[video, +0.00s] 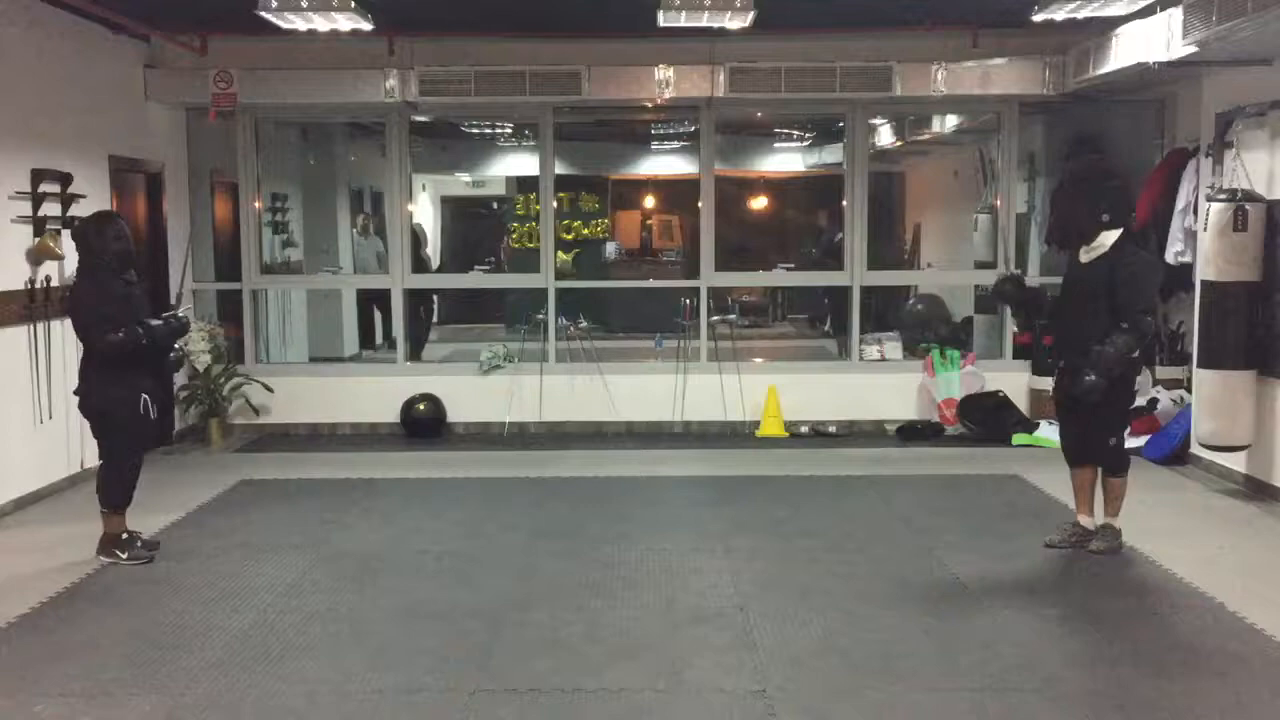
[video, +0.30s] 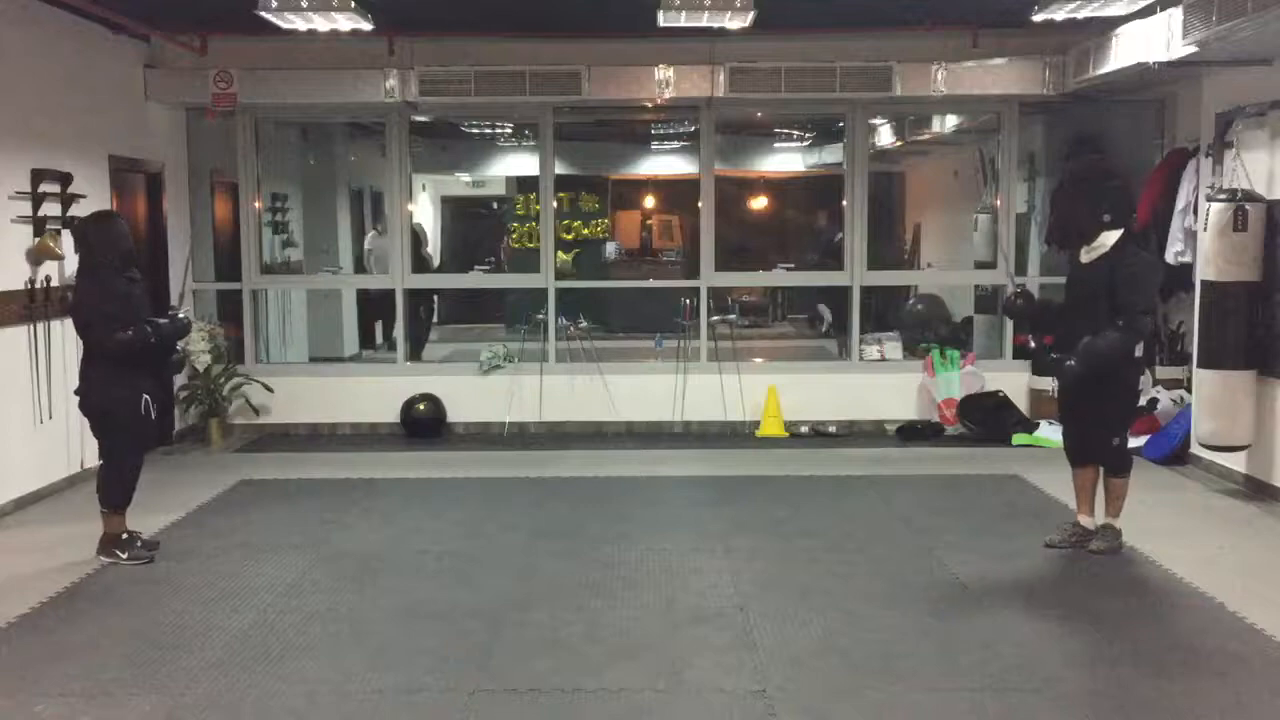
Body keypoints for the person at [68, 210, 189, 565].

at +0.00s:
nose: (125, 242)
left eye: (125, 235)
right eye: (115, 237)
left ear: (128, 237)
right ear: (94, 245)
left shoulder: (125, 279)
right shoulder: (87, 287)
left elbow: (137, 326)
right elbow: (100, 343)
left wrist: (167, 328)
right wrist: (149, 333)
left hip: (133, 384)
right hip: (109, 387)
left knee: (128, 456)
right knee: (117, 457)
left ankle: (118, 531)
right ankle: (111, 537)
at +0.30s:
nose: (128, 241)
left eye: (126, 234)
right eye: (120, 235)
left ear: (102, 244)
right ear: (104, 243)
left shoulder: (123, 278)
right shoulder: (94, 285)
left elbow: (135, 325)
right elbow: (106, 341)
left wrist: (167, 325)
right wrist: (157, 331)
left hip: (131, 384)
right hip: (110, 388)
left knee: (128, 457)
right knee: (119, 457)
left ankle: (118, 532)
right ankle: (111, 538)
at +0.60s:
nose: (130, 241)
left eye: (128, 234)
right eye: (123, 236)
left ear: (106, 243)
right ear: (104, 243)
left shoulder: (121, 277)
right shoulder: (97, 282)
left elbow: (142, 324)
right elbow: (131, 326)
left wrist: (178, 338)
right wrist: (177, 310)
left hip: (129, 385)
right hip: (110, 389)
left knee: (125, 458)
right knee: (116, 460)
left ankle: (119, 532)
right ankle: (112, 539)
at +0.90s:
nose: (131, 240)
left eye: (129, 234)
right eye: (125, 234)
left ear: (99, 241)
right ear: (108, 240)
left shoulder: (118, 277)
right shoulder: (105, 280)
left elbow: (150, 329)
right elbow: (149, 318)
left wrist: (193, 321)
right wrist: (191, 293)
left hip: (125, 388)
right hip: (112, 391)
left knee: (122, 461)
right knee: (116, 462)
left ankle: (117, 533)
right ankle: (111, 539)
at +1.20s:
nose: (143, 242)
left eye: (139, 236)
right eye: (136, 238)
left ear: (105, 248)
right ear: (123, 246)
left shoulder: (105, 282)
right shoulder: (124, 284)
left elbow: (139, 334)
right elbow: (150, 340)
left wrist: (178, 324)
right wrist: (189, 319)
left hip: (115, 387)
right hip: (139, 387)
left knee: (121, 456)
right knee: (170, 452)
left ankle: (112, 534)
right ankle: (151, 535)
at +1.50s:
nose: (187, 259)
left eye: (184, 252)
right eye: (182, 252)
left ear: (140, 255)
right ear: (172, 256)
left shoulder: (133, 288)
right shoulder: (167, 295)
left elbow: (165, 347)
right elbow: (190, 354)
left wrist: (211, 335)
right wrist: (226, 334)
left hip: (140, 397)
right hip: (171, 400)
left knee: (134, 461)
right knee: (194, 466)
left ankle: (114, 533)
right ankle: (225, 541)